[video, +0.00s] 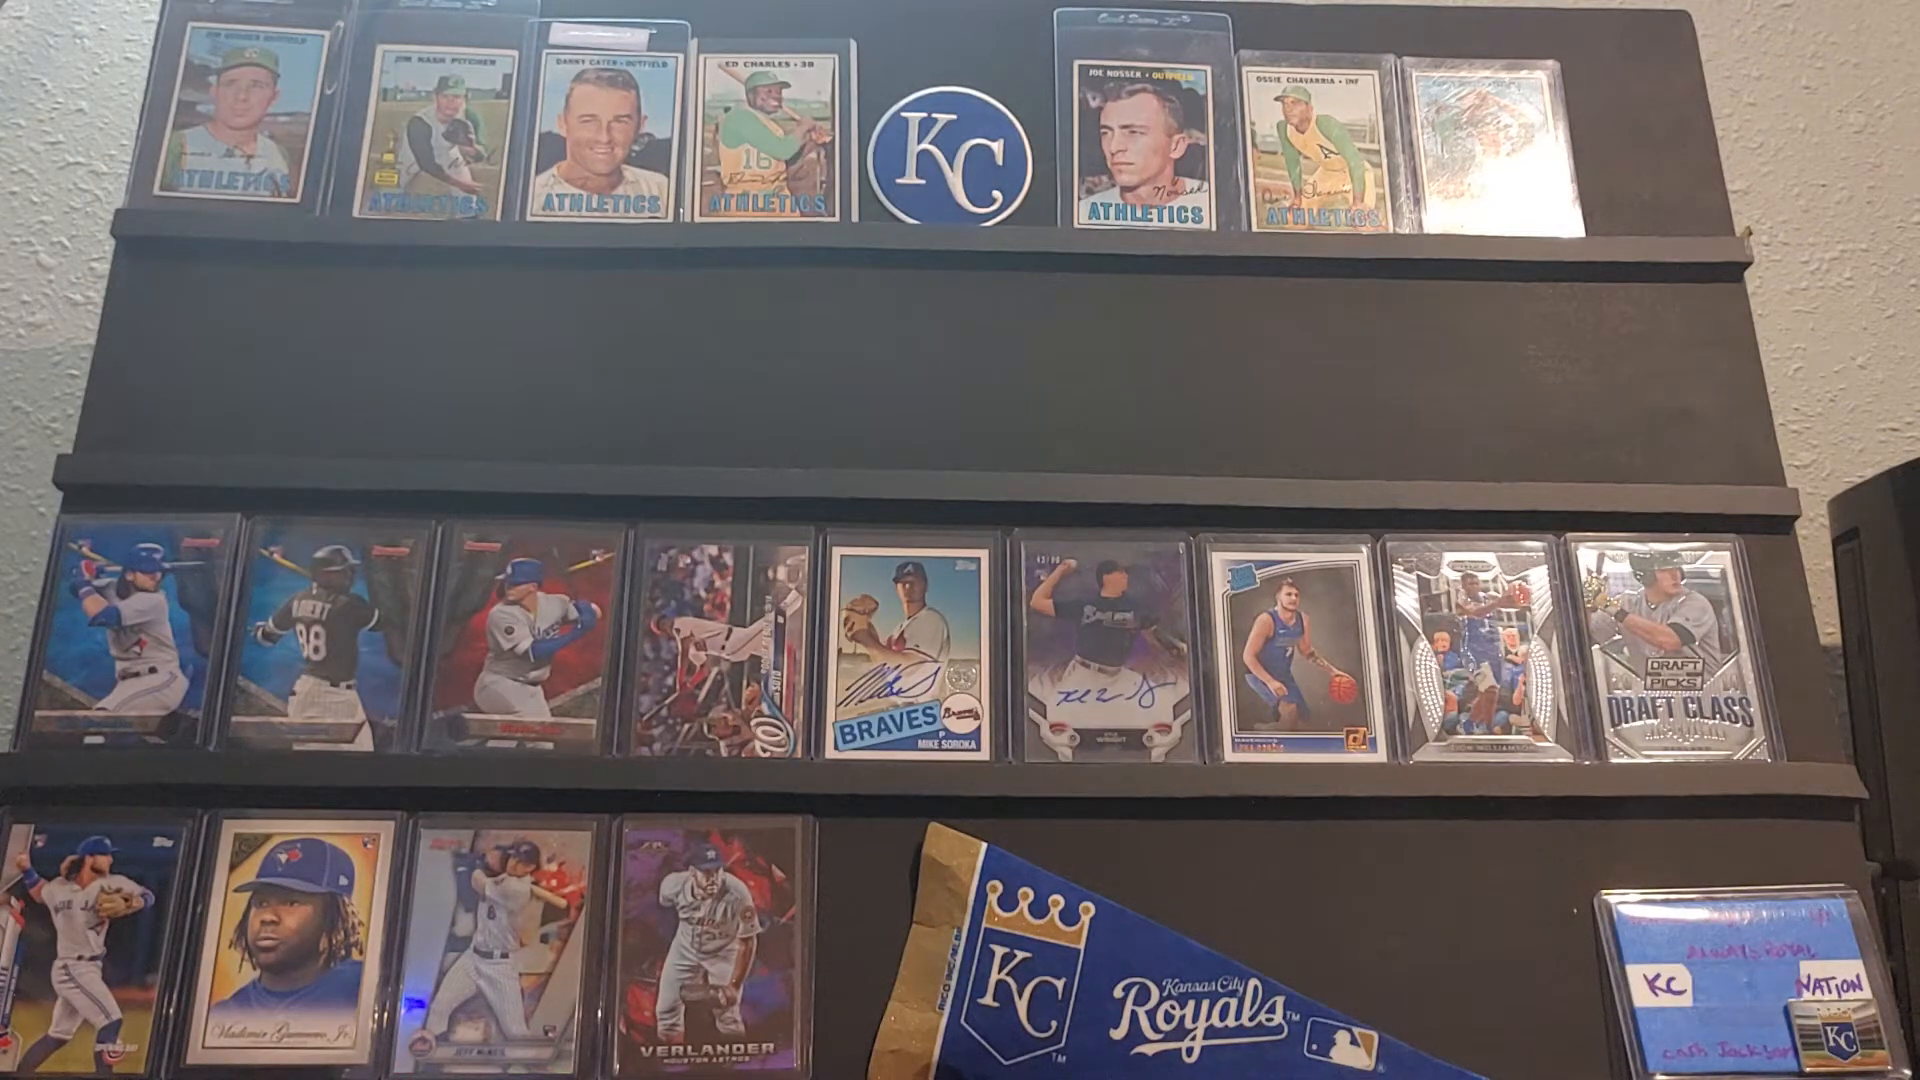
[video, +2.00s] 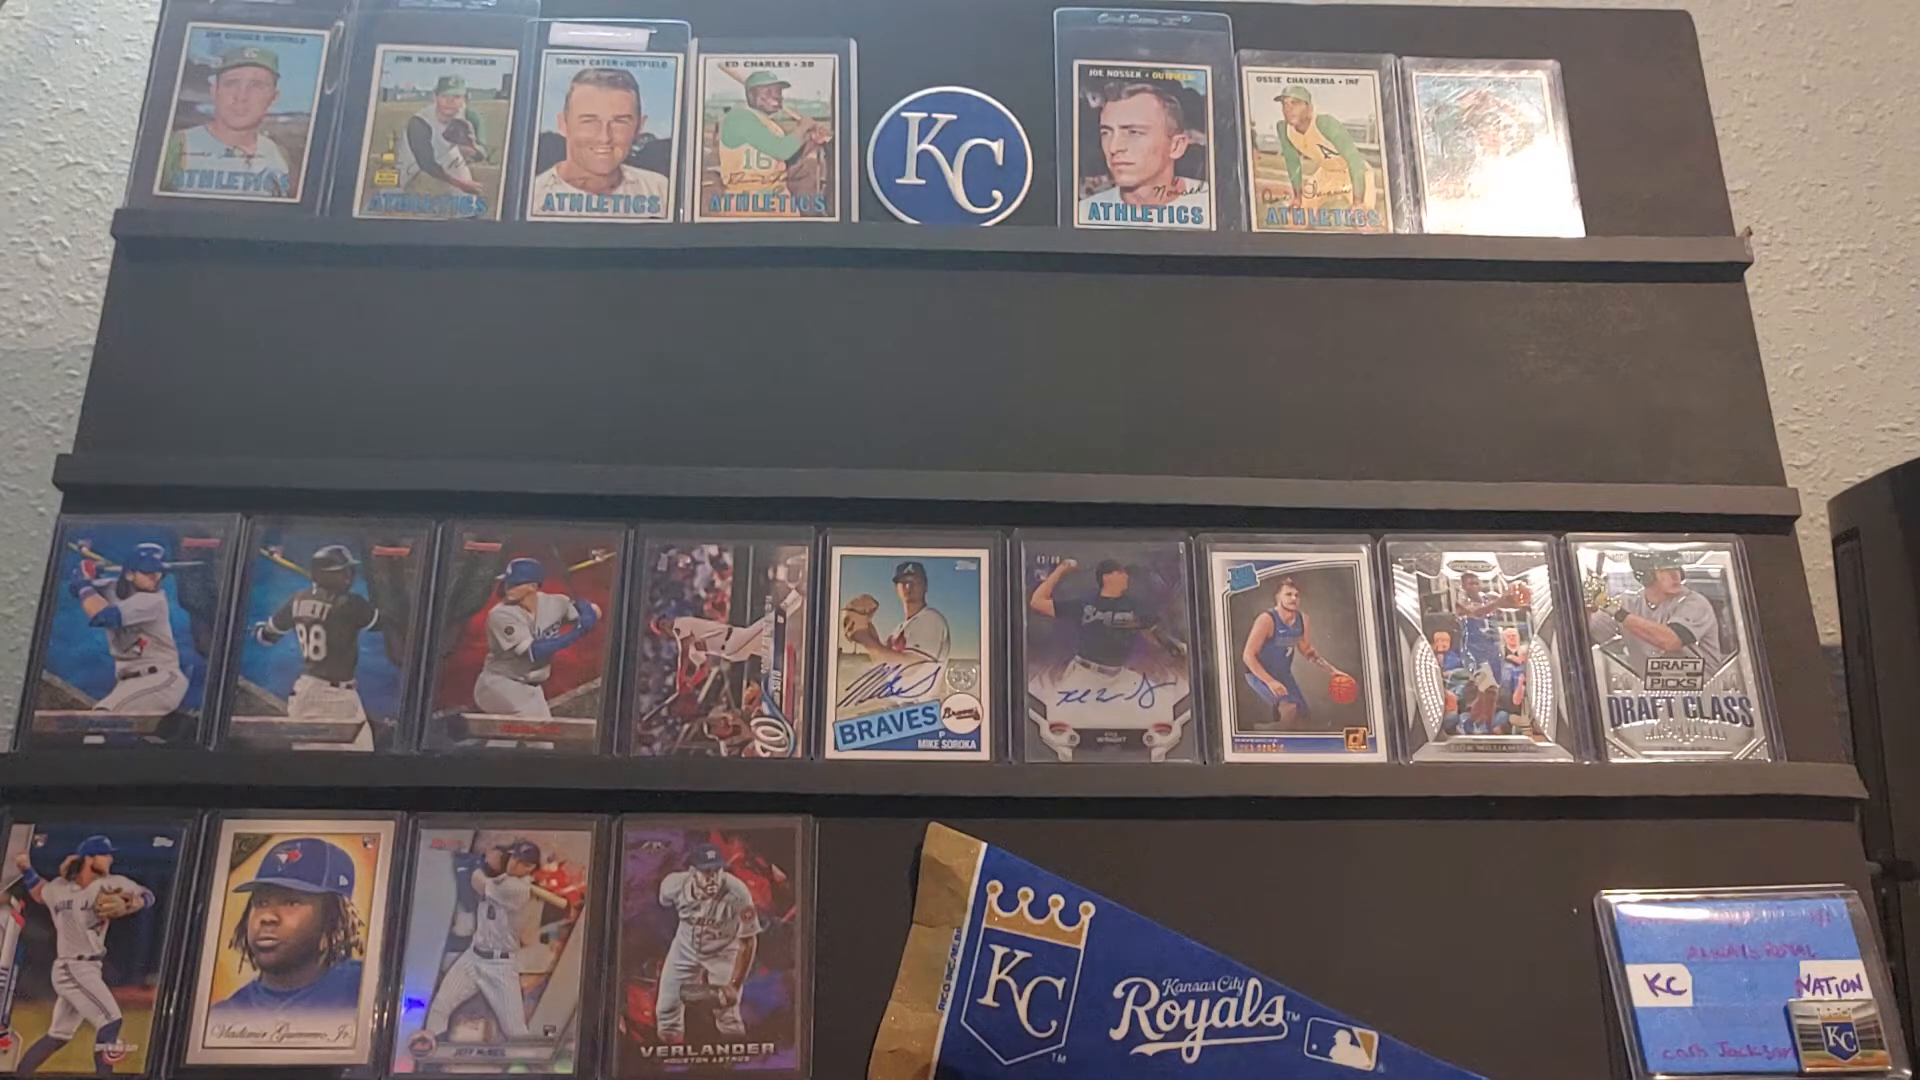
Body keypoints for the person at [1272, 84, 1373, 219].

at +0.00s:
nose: (1288, 109)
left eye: (1294, 103)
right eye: (1284, 104)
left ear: (1309, 107)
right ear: (1281, 107)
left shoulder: (1326, 124)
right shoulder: (1284, 129)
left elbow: (1355, 161)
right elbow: (1293, 163)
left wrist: (1358, 202)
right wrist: (1297, 197)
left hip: (1354, 173)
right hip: (1327, 172)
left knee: (1361, 220)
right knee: (1301, 208)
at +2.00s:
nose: (1288, 109)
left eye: (1294, 103)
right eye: (1285, 104)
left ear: (1308, 107)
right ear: (1282, 108)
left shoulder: (1326, 123)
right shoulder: (1283, 128)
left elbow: (1355, 160)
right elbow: (1292, 162)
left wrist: (1358, 203)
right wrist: (1297, 197)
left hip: (1354, 172)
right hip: (1326, 172)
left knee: (1361, 219)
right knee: (1304, 210)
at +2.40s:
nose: (1288, 109)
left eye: (1294, 103)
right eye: (1285, 104)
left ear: (1308, 107)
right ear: (1282, 108)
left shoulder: (1326, 123)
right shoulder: (1283, 128)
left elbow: (1355, 159)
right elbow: (1292, 162)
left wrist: (1358, 202)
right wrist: (1297, 196)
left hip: (1354, 172)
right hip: (1326, 172)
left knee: (1361, 218)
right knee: (1304, 210)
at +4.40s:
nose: (1288, 109)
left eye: (1294, 103)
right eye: (1284, 104)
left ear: (1309, 107)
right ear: (1281, 108)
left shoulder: (1327, 124)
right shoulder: (1283, 128)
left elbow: (1355, 161)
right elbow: (1293, 163)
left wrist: (1358, 202)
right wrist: (1297, 197)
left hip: (1355, 172)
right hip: (1327, 172)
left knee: (1360, 219)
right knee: (1303, 208)